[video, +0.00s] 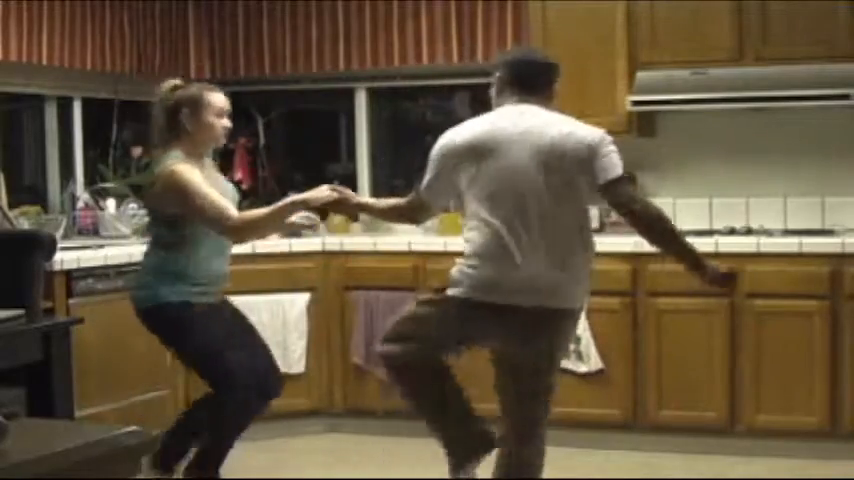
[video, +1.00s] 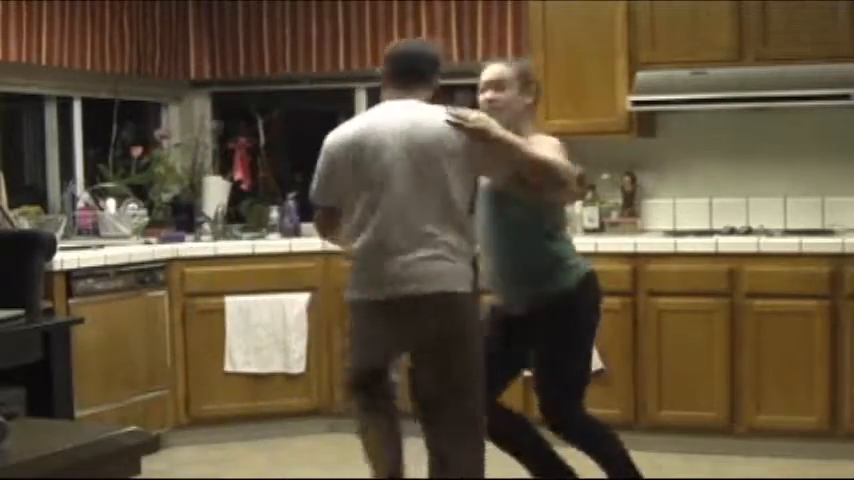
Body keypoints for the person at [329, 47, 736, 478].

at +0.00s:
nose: (490, 93)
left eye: (492, 88)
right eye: (495, 89)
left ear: (499, 88)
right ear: (550, 91)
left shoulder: (463, 138)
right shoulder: (586, 139)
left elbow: (413, 209)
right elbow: (633, 207)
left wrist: (347, 202)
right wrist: (701, 267)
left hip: (481, 292)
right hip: (554, 305)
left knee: (402, 349)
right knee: (524, 427)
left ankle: (466, 441)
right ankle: (516, 474)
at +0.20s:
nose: (475, 95)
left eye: (477, 87)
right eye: (477, 88)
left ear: (486, 89)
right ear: (531, 94)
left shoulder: (458, 138)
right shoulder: (575, 146)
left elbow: (419, 220)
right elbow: (627, 221)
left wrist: (367, 214)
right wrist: (655, 258)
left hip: (494, 310)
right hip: (564, 312)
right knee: (527, 446)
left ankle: (397, 476)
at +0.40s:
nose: (443, 85)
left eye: (445, 78)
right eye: (445, 78)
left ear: (453, 78)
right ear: (501, 82)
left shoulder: (438, 121)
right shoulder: (540, 133)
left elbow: (417, 213)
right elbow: (576, 222)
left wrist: (386, 204)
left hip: (493, 302)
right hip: (550, 299)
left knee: (452, 429)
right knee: (521, 434)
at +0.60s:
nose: (416, 90)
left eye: (419, 82)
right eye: (417, 84)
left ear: (426, 81)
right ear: (473, 85)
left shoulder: (412, 127)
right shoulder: (512, 139)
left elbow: (391, 208)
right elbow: (552, 220)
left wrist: (347, 233)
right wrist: (516, 248)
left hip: (463, 296)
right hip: (517, 293)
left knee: (482, 414)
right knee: (480, 410)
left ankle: (518, 476)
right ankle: (461, 477)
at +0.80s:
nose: (394, 80)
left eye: (397, 74)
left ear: (402, 78)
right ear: (452, 82)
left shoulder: (378, 130)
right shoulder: (482, 130)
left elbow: (344, 215)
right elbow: (537, 202)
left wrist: (308, 226)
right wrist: (553, 203)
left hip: (424, 299)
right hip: (492, 295)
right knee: (468, 421)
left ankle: (460, 466)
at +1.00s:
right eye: (432, 81)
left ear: (383, 79)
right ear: (435, 82)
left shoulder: (344, 137)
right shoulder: (460, 130)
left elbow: (327, 223)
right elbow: (521, 168)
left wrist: (366, 240)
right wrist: (567, 184)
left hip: (376, 294)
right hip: (448, 291)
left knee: (369, 385)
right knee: (454, 413)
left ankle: (389, 472)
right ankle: (455, 475)